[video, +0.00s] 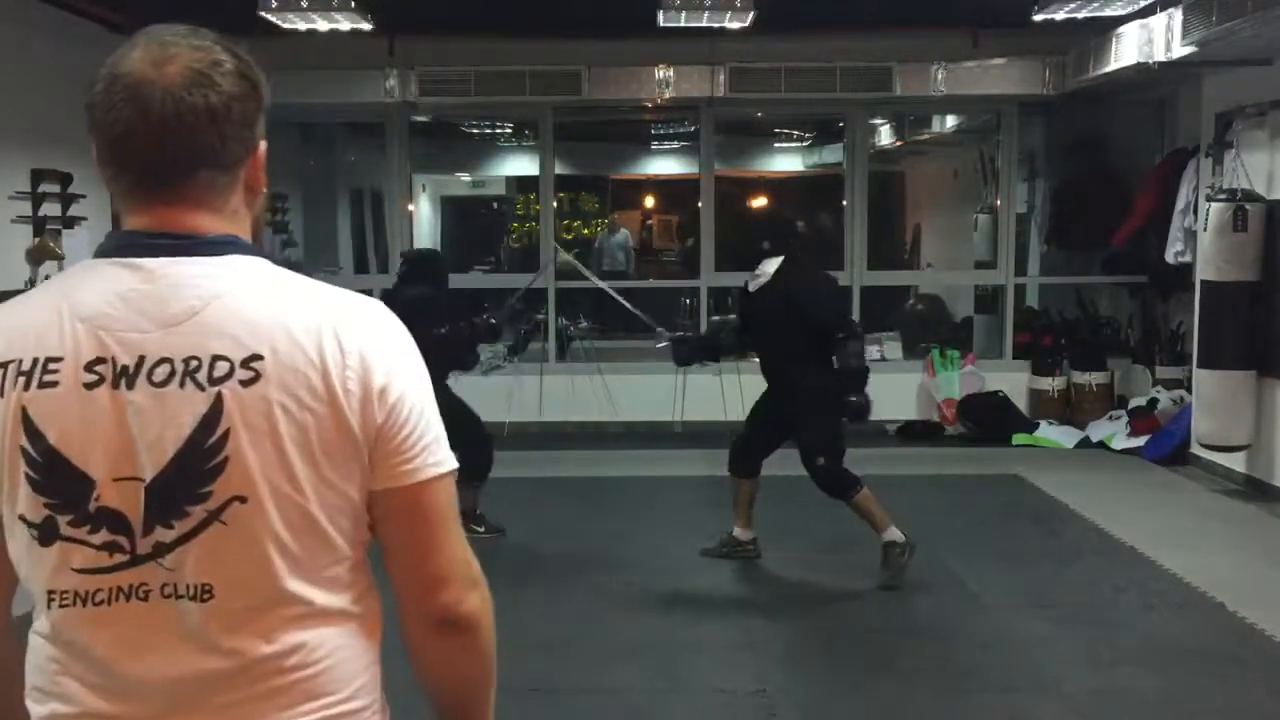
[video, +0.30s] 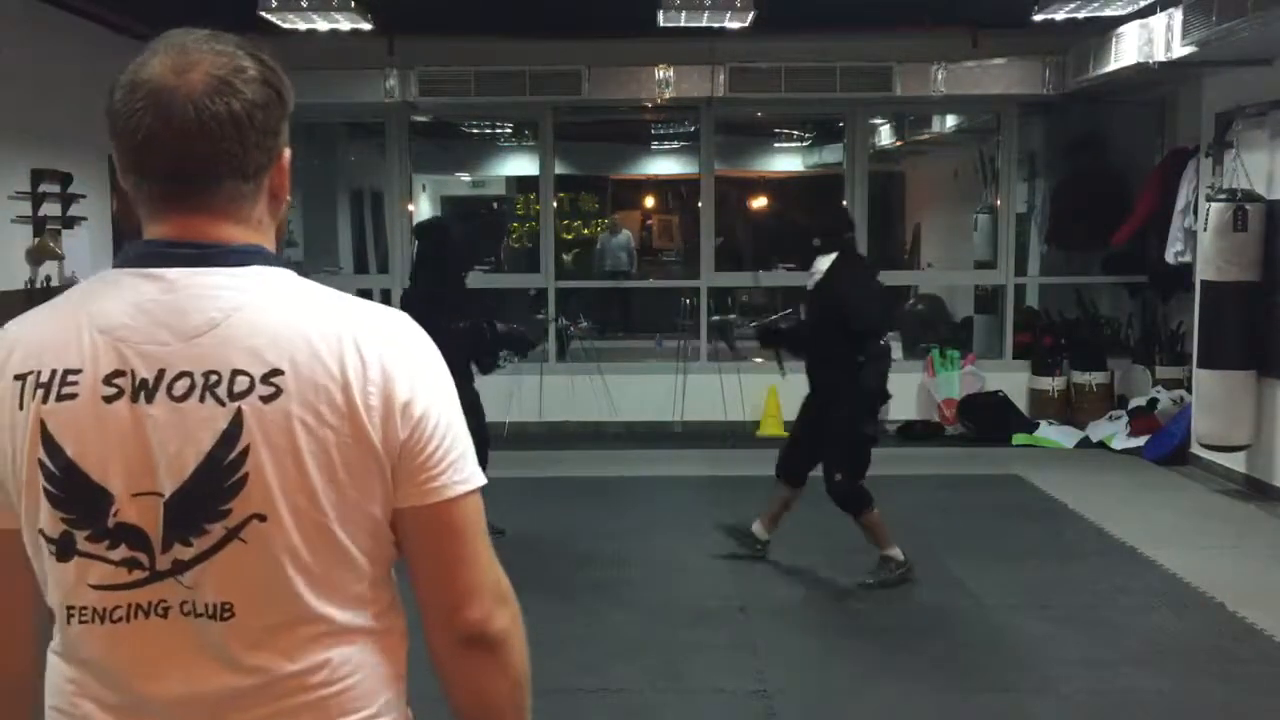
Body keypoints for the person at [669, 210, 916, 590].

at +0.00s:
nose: (749, 252)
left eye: (753, 245)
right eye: (751, 246)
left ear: (766, 245)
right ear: (784, 243)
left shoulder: (808, 280)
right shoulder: (756, 285)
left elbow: (847, 334)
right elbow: (750, 337)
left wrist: (854, 389)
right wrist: (701, 346)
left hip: (816, 392)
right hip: (783, 391)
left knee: (827, 471)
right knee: (744, 456)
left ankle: (893, 539)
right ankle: (742, 536)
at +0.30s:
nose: (800, 247)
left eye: (804, 239)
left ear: (818, 240)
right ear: (843, 235)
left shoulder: (843, 277)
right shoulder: (834, 274)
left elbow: (825, 342)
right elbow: (825, 336)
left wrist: (779, 337)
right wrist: (782, 335)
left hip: (847, 397)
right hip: (828, 394)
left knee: (843, 484)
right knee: (794, 467)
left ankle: (893, 558)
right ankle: (761, 533)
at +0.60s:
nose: (847, 230)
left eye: (851, 221)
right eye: (848, 221)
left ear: (866, 223)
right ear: (890, 219)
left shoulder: (886, 265)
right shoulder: (905, 258)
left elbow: (879, 330)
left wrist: (837, 318)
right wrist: (842, 316)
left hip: (891, 386)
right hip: (911, 384)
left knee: (874, 471)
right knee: (879, 468)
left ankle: (896, 558)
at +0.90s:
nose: (909, 235)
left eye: (914, 227)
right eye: (911, 226)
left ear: (931, 226)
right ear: (957, 224)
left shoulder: (930, 266)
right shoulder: (978, 263)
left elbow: (923, 337)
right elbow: (980, 328)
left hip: (938, 391)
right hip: (981, 387)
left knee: (912, 471)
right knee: (989, 474)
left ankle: (901, 559)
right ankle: (1029, 555)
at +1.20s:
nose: (964, 230)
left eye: (967, 224)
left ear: (974, 225)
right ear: (1016, 222)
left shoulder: (965, 272)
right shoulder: (1044, 269)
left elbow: (951, 340)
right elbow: (1064, 331)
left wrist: (946, 390)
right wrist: (1045, 367)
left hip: (980, 387)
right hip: (1035, 388)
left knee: (959, 463)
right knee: (1037, 472)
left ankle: (953, 542)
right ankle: (1043, 563)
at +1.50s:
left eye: (1002, 228)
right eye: (1031, 228)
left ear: (997, 231)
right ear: (1037, 230)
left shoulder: (981, 278)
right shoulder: (1064, 276)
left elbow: (957, 342)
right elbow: (1093, 334)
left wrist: (954, 393)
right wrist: (1077, 373)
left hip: (1007, 385)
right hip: (1057, 385)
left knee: (1013, 465)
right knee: (1048, 468)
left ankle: (1029, 537)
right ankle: (1039, 550)